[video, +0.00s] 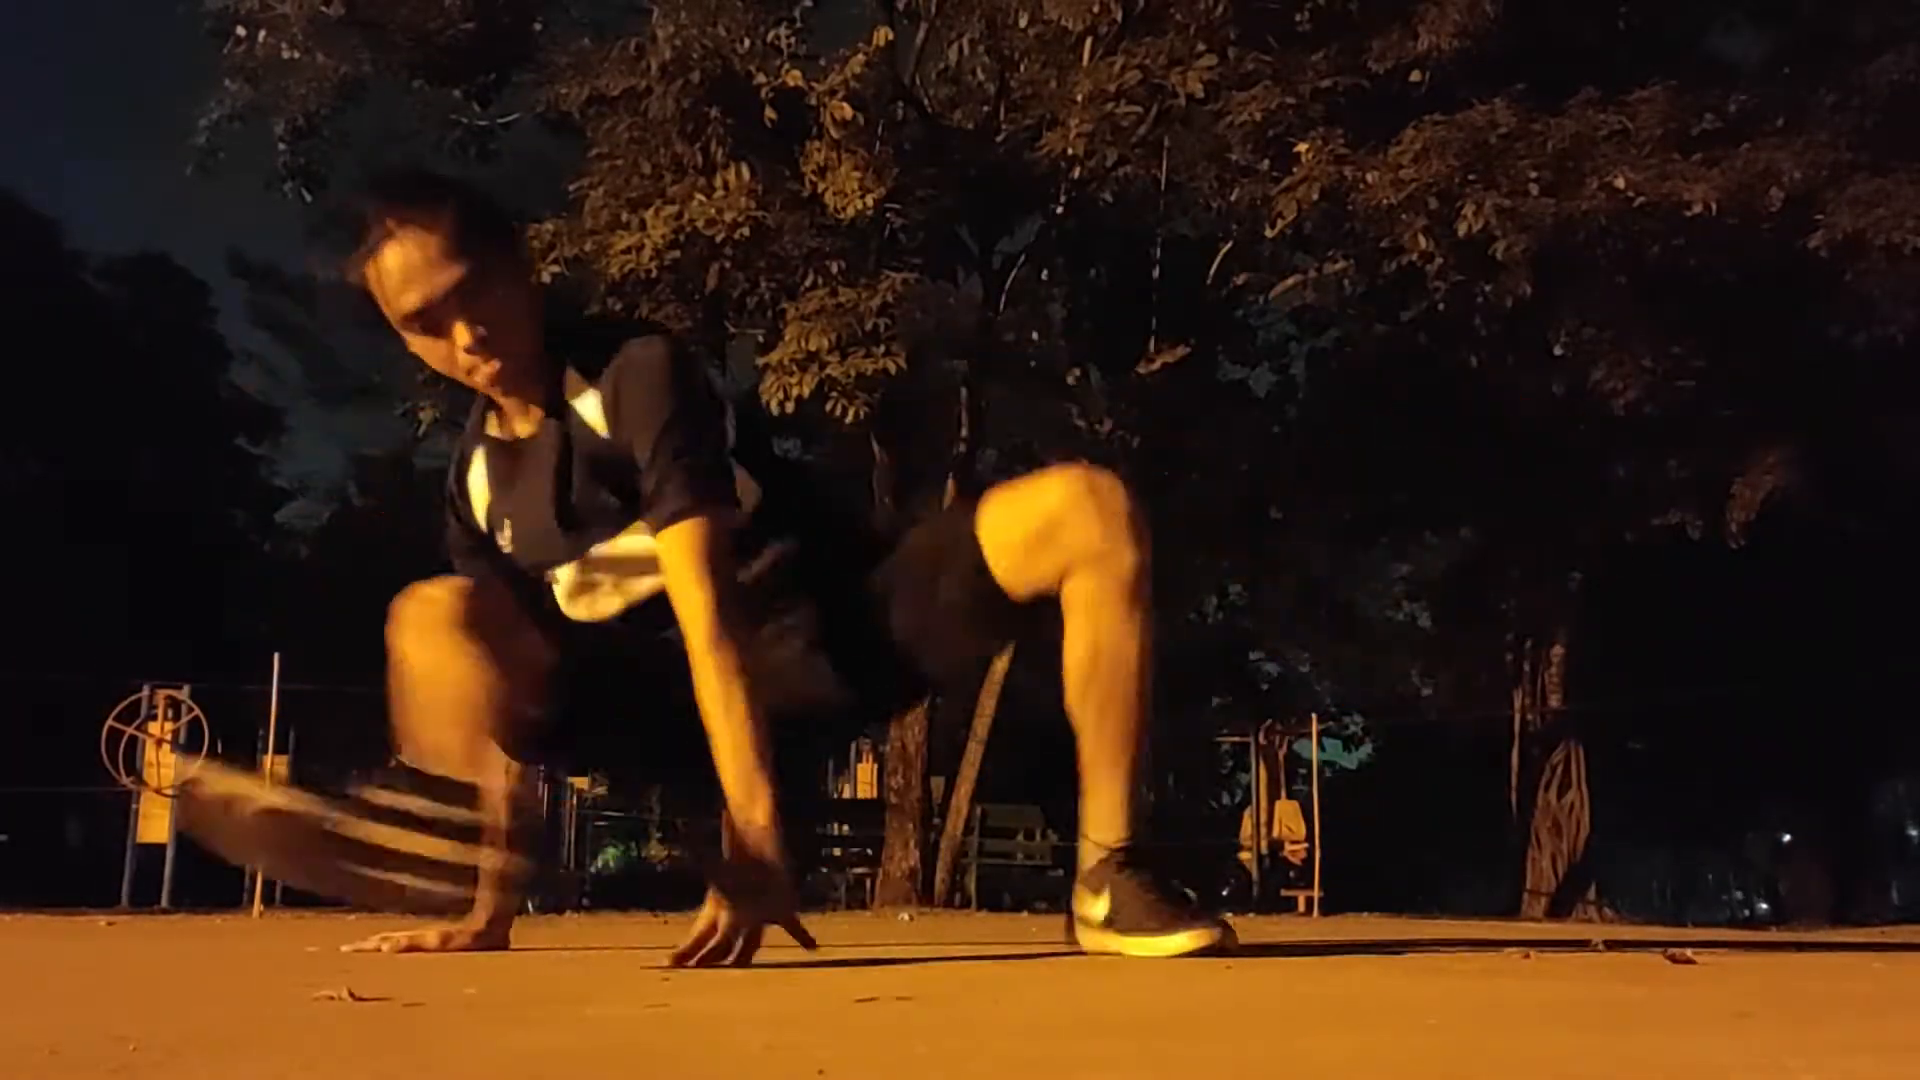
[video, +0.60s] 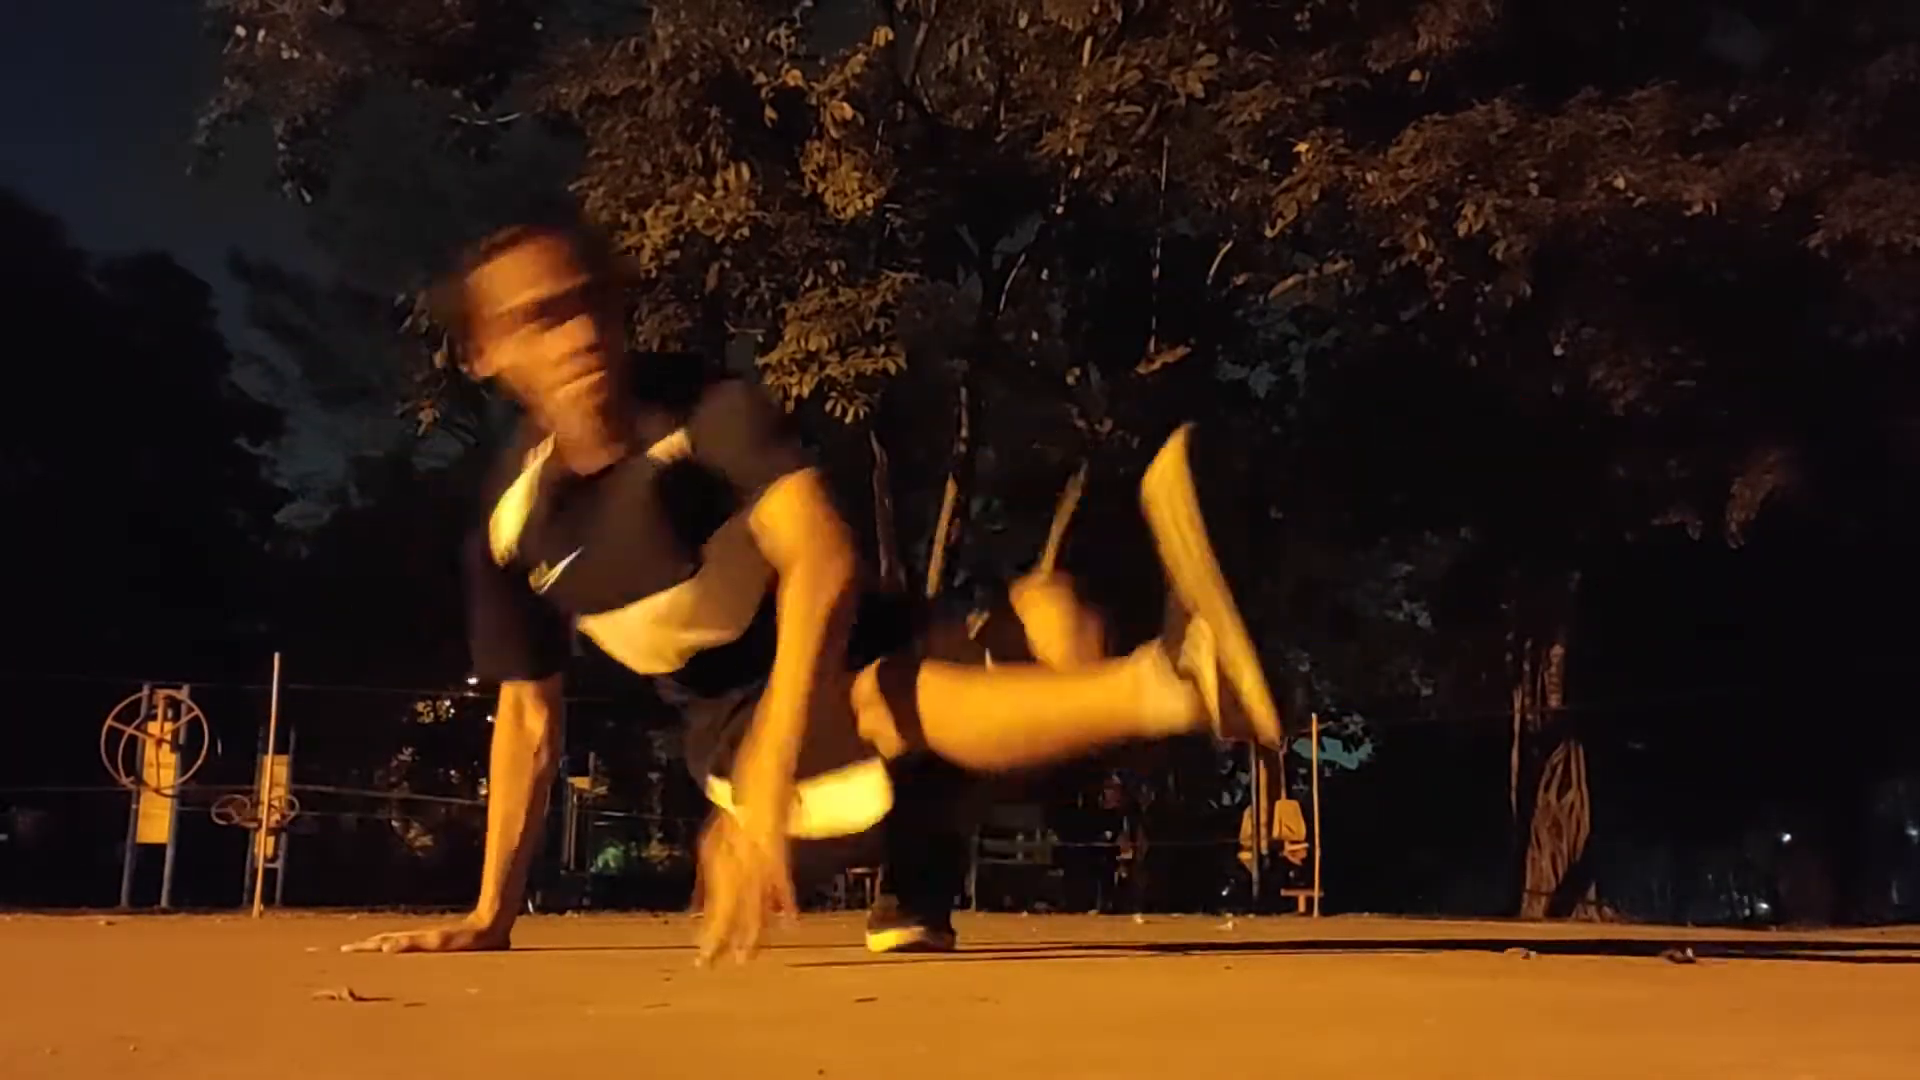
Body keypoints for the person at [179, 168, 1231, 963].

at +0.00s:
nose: (462, 342)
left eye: (471, 301)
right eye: (427, 332)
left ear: (525, 263)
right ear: (404, 348)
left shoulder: (641, 376)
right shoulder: (479, 469)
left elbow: (709, 615)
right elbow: (518, 667)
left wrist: (756, 837)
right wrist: (492, 880)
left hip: (807, 634)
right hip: (645, 673)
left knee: (1089, 508)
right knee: (433, 616)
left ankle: (1111, 879)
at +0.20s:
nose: (481, 376)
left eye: (489, 334)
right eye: (444, 363)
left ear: (541, 285)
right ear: (417, 371)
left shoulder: (664, 377)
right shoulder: (477, 487)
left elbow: (757, 595)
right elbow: (492, 701)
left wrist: (804, 833)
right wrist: (490, 913)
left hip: (782, 625)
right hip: (632, 664)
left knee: (997, 535)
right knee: (421, 591)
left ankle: (1107, 877)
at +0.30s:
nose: (459, 405)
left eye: (470, 362)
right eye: (420, 391)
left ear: (522, 327)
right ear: (392, 409)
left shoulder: (644, 404)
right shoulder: (450, 517)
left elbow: (782, 593)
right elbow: (485, 703)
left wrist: (819, 842)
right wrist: (490, 911)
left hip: (820, 604)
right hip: (692, 670)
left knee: (983, 527)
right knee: (550, 691)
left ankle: (1111, 876)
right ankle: (849, 834)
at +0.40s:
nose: (457, 435)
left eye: (466, 390)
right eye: (417, 417)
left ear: (514, 352)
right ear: (389, 433)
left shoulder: (641, 422)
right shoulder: (456, 547)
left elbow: (796, 590)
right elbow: (506, 714)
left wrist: (820, 845)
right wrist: (493, 909)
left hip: (847, 566)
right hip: (733, 651)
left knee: (1051, 488)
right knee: (664, 703)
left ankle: (1125, 862)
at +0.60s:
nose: (582, 333)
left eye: (588, 302)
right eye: (543, 320)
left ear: (619, 307)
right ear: (487, 362)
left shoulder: (710, 415)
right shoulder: (516, 525)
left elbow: (824, 564)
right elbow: (524, 715)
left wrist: (765, 791)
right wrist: (490, 911)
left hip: (846, 648)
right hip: (728, 731)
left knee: (1058, 676)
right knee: (893, 699)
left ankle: (1051, 604)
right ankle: (1171, 690)